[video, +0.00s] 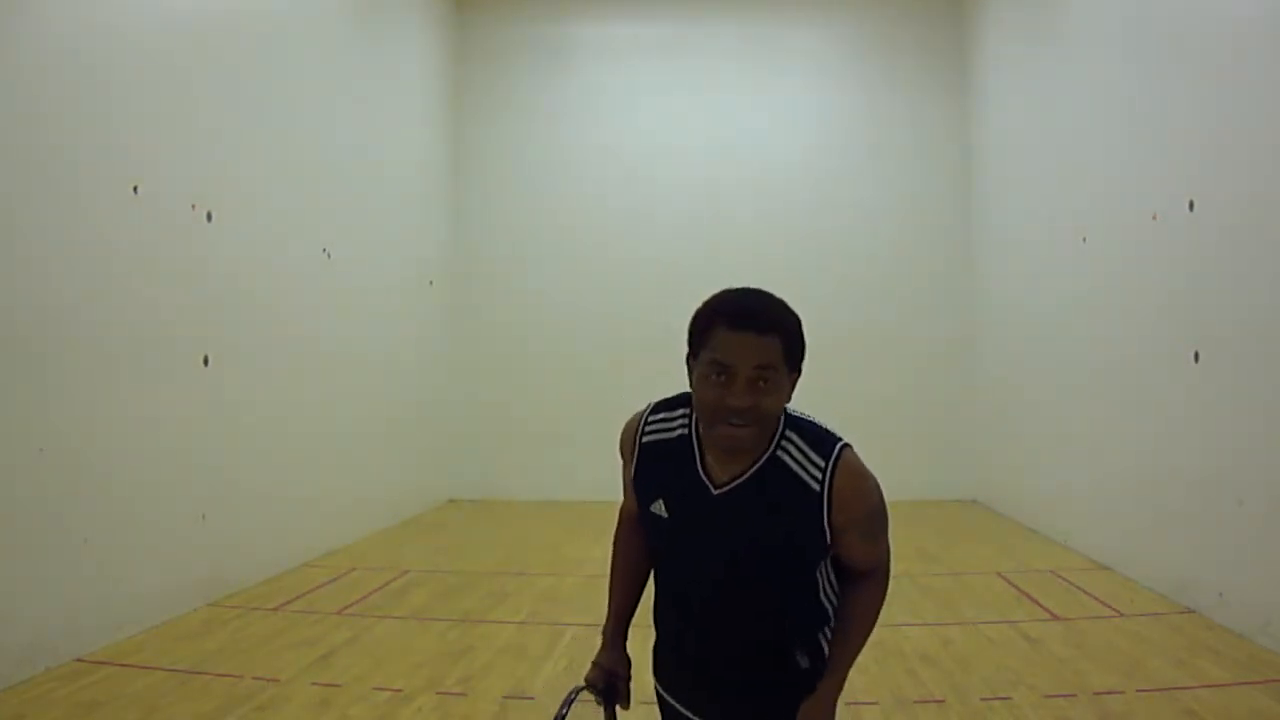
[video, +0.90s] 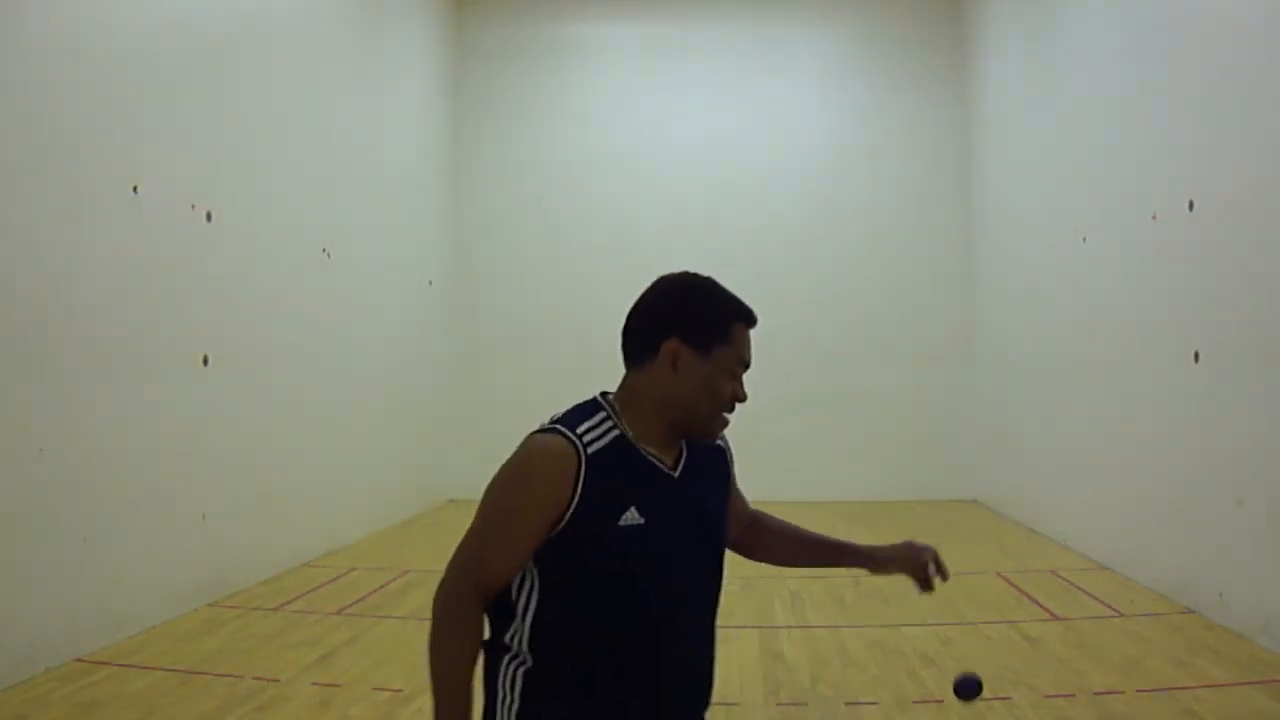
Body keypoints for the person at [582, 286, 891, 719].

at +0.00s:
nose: (738, 400)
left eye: (761, 380)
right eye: (719, 375)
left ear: (792, 383)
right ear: (690, 371)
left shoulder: (837, 480)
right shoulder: (646, 439)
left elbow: (867, 576)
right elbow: (637, 522)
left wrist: (827, 694)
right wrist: (613, 641)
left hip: (785, 693)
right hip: (683, 683)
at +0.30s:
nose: (780, 366)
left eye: (801, 349)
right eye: (760, 344)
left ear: (824, 360)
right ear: (722, 347)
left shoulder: (858, 468)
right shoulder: (655, 433)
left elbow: (864, 570)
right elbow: (621, 532)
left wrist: (854, 692)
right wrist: (602, 658)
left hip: (786, 694)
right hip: (668, 686)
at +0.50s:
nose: (813, 339)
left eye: (820, 324)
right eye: (792, 317)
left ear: (827, 331)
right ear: (727, 315)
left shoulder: (835, 439)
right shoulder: (649, 420)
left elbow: (842, 552)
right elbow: (594, 544)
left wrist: (881, 644)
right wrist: (588, 684)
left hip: (780, 698)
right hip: (659, 694)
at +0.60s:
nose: (811, 346)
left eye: (813, 329)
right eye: (796, 324)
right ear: (726, 317)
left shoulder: (808, 431)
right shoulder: (634, 422)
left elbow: (827, 543)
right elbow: (575, 555)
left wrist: (893, 600)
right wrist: (577, 698)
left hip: (769, 703)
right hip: (646, 700)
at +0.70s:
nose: (793, 356)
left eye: (794, 338)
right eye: (781, 335)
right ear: (713, 326)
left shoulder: (778, 435)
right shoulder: (615, 429)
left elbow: (806, 538)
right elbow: (543, 564)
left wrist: (899, 556)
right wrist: (555, 705)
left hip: (748, 702)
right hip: (628, 700)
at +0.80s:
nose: (766, 374)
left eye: (768, 356)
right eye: (757, 353)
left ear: (700, 347)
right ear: (692, 344)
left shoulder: (738, 444)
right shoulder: (587, 445)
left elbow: (779, 533)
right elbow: (503, 583)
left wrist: (892, 537)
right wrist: (516, 713)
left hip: (716, 706)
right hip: (598, 708)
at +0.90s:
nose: (743, 394)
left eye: (744, 376)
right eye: (735, 373)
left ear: (680, 362)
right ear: (675, 359)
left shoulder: (706, 457)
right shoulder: (556, 459)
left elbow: (743, 530)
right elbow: (460, 597)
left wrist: (870, 556)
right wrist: (453, 716)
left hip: (672, 709)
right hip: (554, 712)